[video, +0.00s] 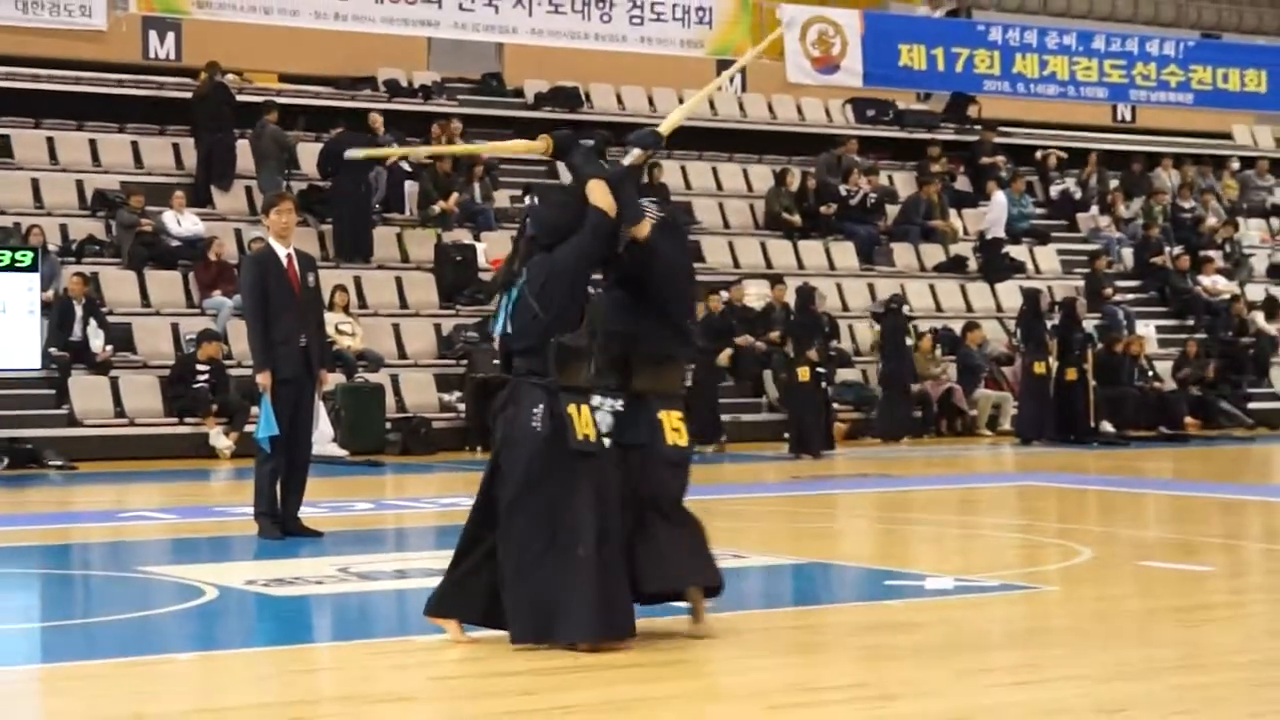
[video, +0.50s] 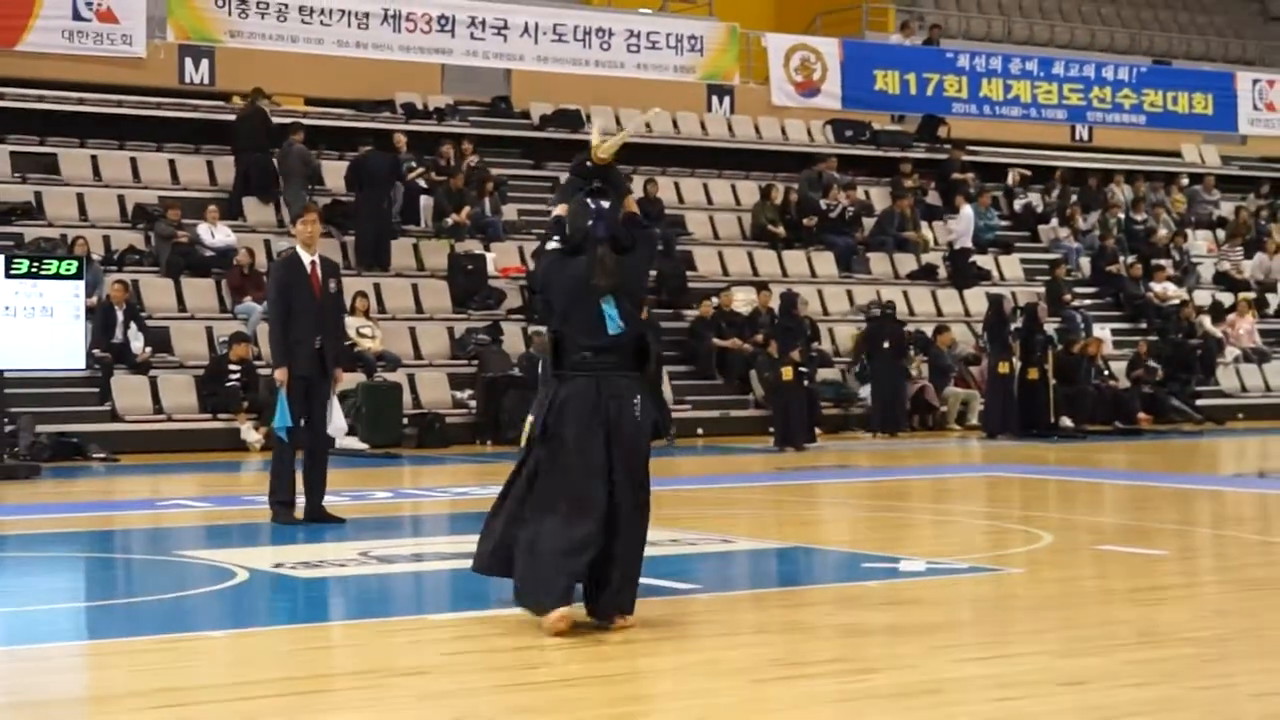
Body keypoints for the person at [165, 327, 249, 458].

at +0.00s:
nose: (220, 349)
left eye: (220, 345)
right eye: (217, 345)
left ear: (206, 345)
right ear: (205, 345)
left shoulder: (218, 365)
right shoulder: (184, 361)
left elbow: (223, 391)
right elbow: (172, 388)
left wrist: (216, 404)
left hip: (210, 403)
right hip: (184, 404)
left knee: (242, 406)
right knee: (202, 392)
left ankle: (228, 444)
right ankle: (214, 433)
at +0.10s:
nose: (228, 348)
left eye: (228, 344)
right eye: (225, 344)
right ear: (213, 344)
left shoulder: (226, 364)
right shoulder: (193, 360)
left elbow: (231, 388)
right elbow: (181, 385)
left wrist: (225, 402)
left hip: (219, 401)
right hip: (193, 403)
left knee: (250, 404)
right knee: (211, 391)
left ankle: (237, 441)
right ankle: (223, 430)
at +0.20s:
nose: (241, 349)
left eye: (241, 346)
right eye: (238, 345)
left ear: (228, 345)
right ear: (227, 345)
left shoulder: (239, 365)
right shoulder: (207, 361)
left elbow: (244, 388)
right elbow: (196, 384)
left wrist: (238, 401)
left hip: (232, 400)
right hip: (208, 401)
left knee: (262, 403)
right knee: (224, 392)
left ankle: (249, 438)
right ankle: (236, 429)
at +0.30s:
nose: (248, 350)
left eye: (248, 346)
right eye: (245, 346)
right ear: (234, 346)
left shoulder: (247, 365)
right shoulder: (215, 362)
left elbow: (251, 388)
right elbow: (204, 385)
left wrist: (245, 401)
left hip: (240, 400)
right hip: (215, 401)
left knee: (269, 403)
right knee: (231, 391)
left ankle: (257, 437)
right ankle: (243, 427)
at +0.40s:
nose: (249, 350)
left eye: (249, 347)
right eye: (246, 347)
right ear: (236, 347)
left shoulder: (249, 365)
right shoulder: (218, 362)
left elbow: (254, 387)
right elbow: (206, 384)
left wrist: (248, 401)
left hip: (242, 400)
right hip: (217, 401)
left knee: (269, 403)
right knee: (234, 392)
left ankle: (259, 438)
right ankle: (246, 428)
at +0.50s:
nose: (249, 350)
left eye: (249, 347)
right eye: (246, 346)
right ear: (235, 346)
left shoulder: (249, 366)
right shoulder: (217, 362)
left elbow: (254, 388)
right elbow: (206, 383)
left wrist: (247, 401)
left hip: (242, 399)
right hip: (217, 400)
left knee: (269, 401)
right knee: (233, 392)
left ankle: (259, 437)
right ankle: (245, 428)